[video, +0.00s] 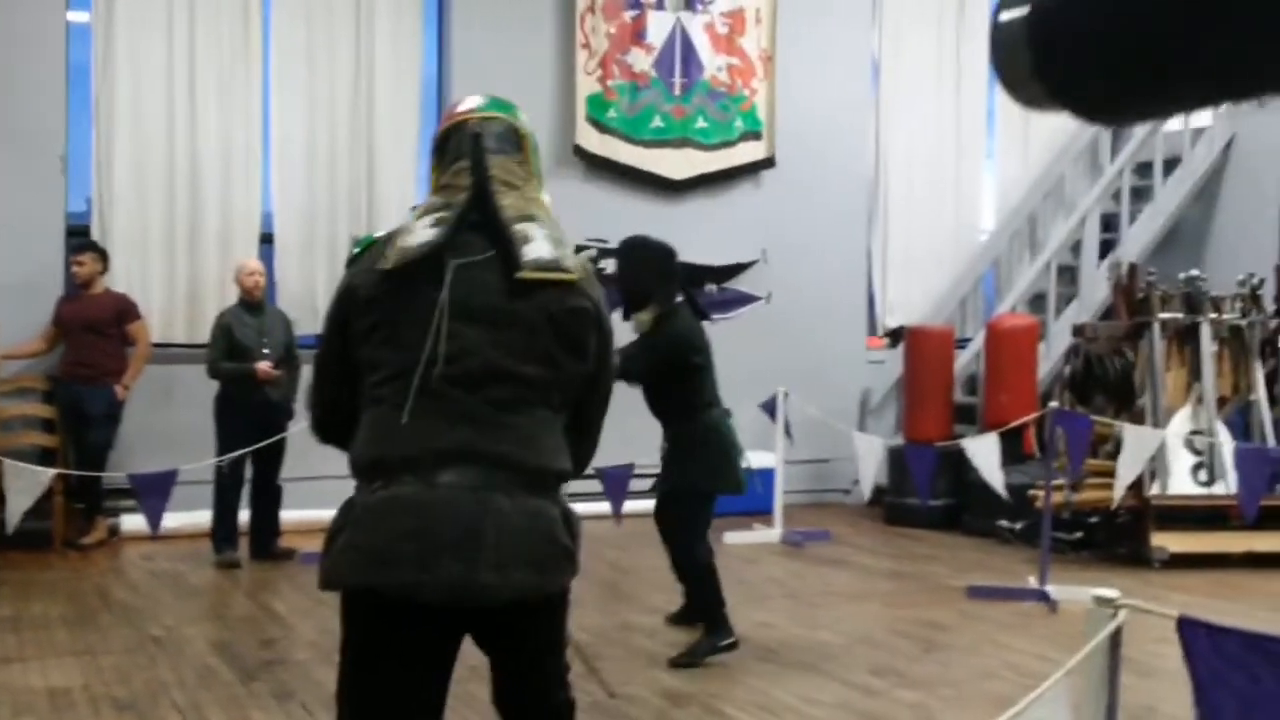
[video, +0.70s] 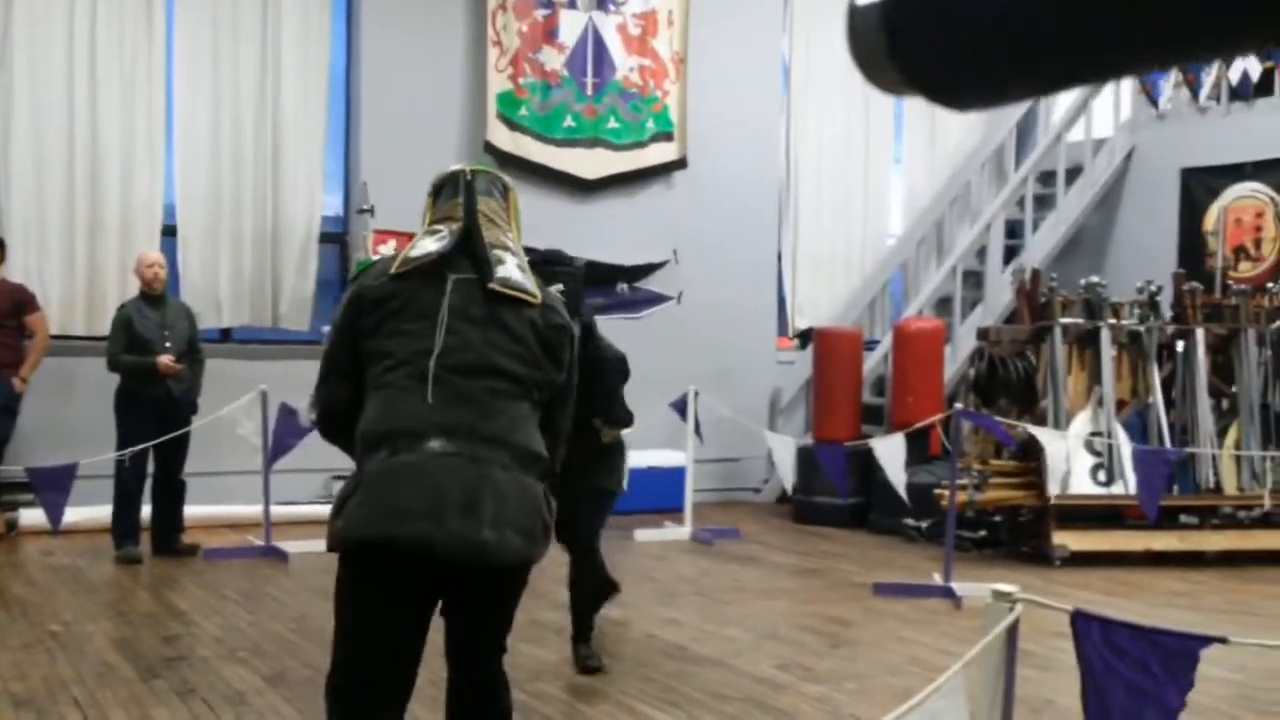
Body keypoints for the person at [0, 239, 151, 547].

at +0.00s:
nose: (75, 269)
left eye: (82, 263)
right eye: (73, 264)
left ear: (101, 266)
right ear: (72, 268)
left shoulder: (119, 303)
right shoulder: (67, 304)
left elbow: (144, 344)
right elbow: (45, 343)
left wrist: (126, 384)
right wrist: (5, 354)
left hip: (104, 389)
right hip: (69, 387)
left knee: (93, 454)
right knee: (77, 455)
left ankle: (97, 521)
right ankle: (86, 520)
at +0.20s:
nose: (40, 267)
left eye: (47, 262)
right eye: (38, 262)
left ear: (66, 264)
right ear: (37, 266)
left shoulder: (86, 302)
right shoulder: (31, 302)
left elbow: (110, 343)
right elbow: (14, 336)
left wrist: (91, 384)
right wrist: (1, 348)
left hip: (69, 387)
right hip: (33, 385)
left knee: (58, 453)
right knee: (40, 453)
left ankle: (60, 519)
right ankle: (52, 518)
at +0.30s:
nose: (20, 265)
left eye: (27, 259)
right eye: (17, 260)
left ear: (45, 263)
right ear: (15, 264)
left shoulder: (63, 300)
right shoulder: (10, 301)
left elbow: (88, 340)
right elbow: (8, 341)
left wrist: (69, 382)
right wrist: (7, 375)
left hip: (48, 385)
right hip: (13, 384)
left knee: (35, 452)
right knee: (21, 453)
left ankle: (40, 520)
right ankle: (29, 517)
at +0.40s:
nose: (2, 263)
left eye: (8, 258)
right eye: (1, 258)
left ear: (26, 260)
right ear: (3, 261)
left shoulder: (43, 298)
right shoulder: (6, 295)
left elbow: (70, 338)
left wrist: (50, 380)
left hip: (27, 384)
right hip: (7, 383)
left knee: (16, 455)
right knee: (9, 454)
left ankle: (18, 519)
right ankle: (19, 519)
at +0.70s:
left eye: (0, 255)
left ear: (3, 257)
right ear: (4, 257)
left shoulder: (16, 294)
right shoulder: (16, 294)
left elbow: (42, 334)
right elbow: (42, 335)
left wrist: (22, 377)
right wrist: (22, 377)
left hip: (6, 386)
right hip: (6, 387)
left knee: (2, 456)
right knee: (3, 455)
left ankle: (8, 514)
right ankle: (8, 514)